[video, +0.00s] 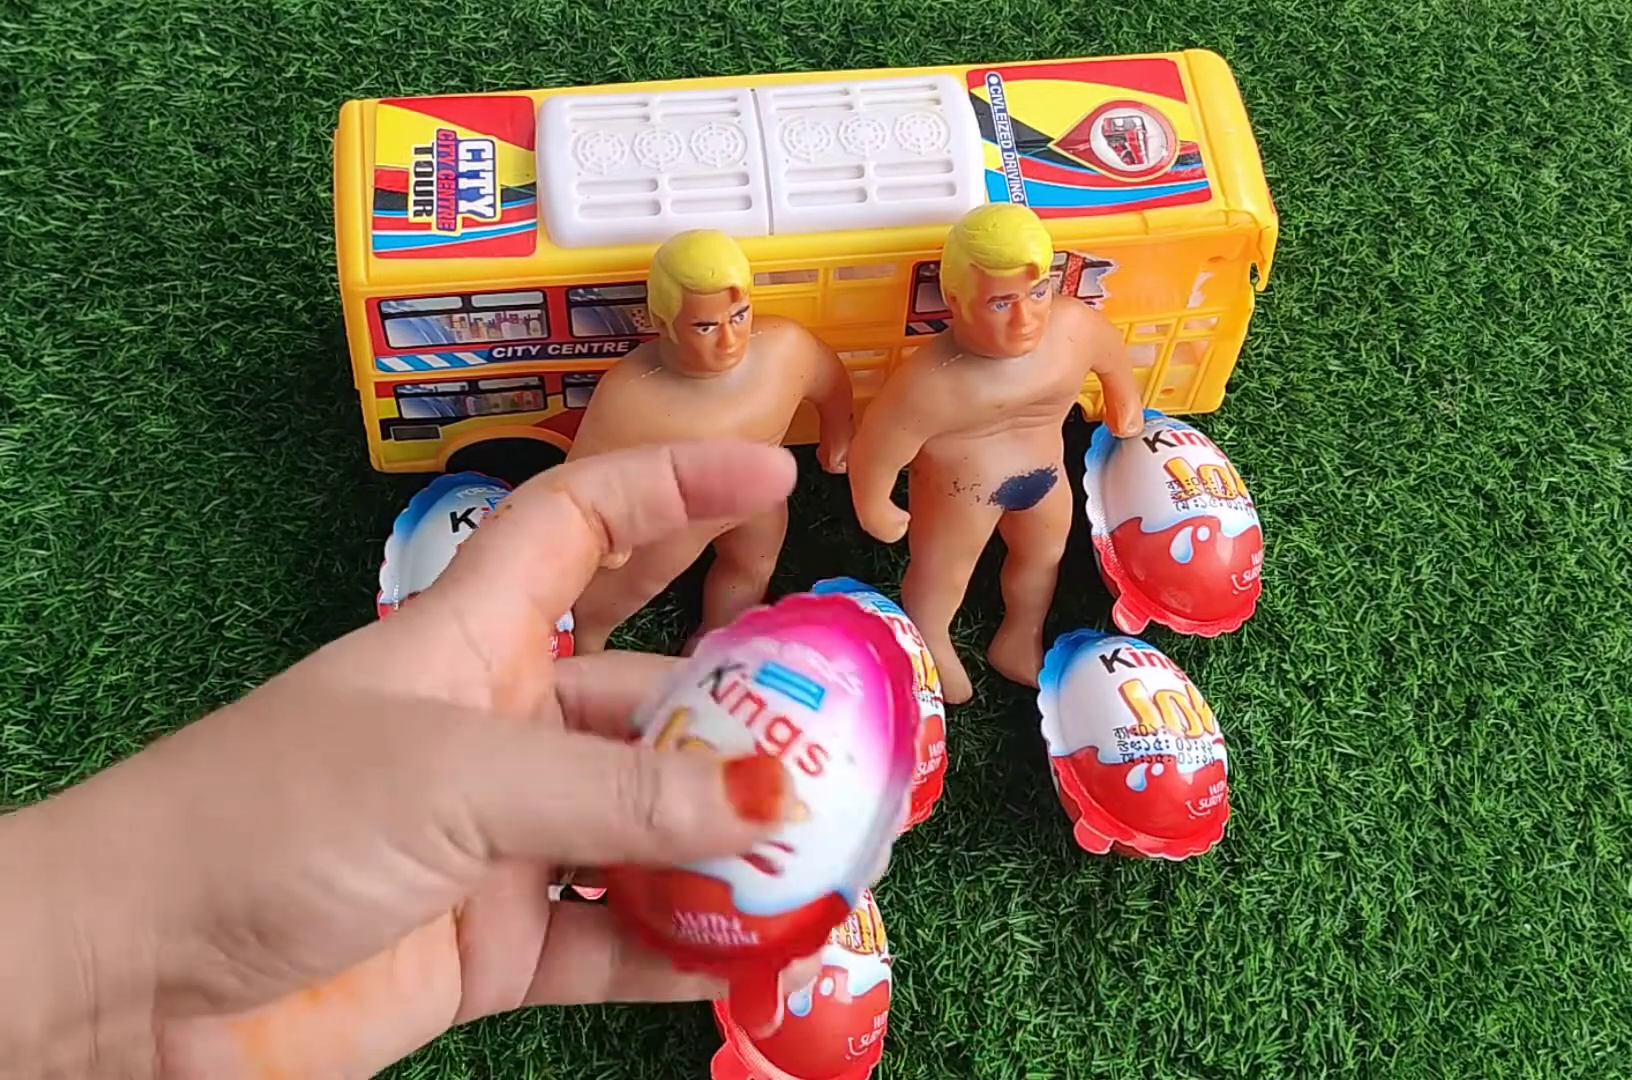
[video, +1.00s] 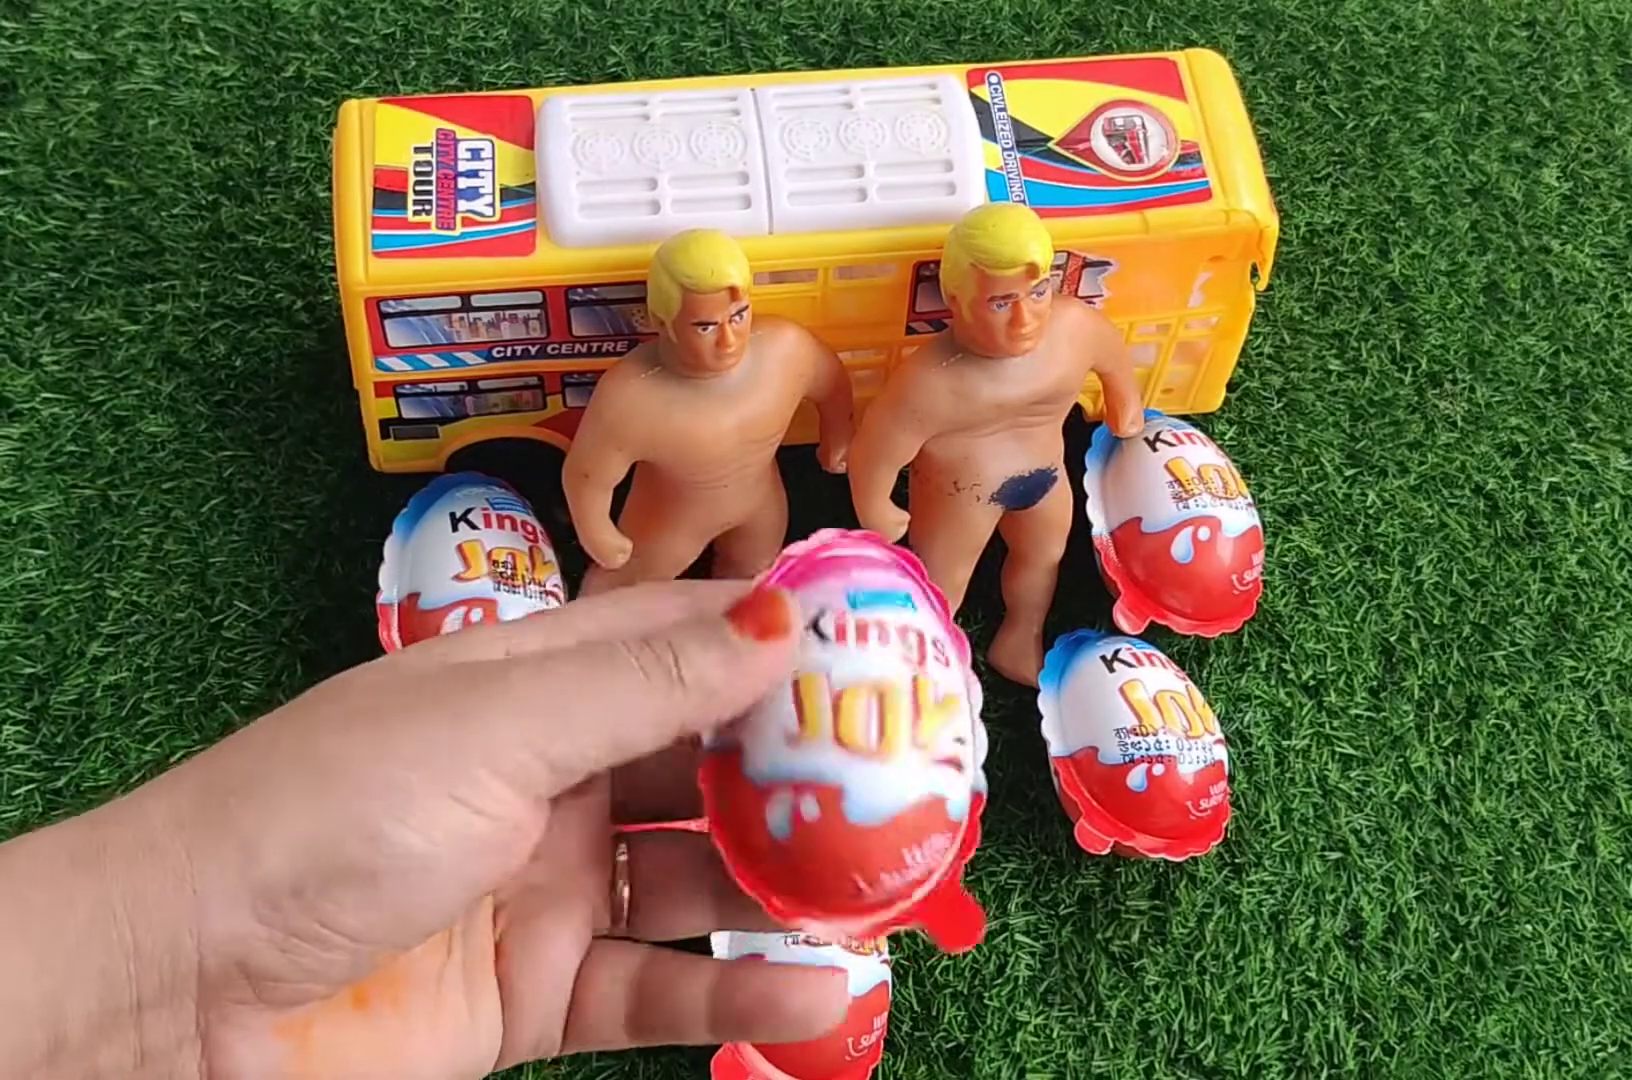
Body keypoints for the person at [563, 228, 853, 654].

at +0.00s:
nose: (729, 339)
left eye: (739, 316)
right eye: (705, 326)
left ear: (751, 303)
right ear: (663, 325)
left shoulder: (789, 350)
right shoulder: (627, 396)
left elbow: (834, 388)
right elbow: (579, 485)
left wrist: (837, 437)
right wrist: (599, 538)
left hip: (758, 501)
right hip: (669, 522)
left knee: (749, 576)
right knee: (629, 589)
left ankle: (718, 651)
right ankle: (585, 642)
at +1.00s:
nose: (728, 340)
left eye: (739, 316)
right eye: (705, 326)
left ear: (750, 301)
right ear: (663, 323)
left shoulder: (788, 350)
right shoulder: (629, 397)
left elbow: (833, 387)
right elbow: (586, 477)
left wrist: (836, 440)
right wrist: (598, 537)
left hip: (758, 500)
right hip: (671, 515)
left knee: (753, 585)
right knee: (627, 590)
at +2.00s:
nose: (728, 340)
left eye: (739, 316)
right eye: (705, 327)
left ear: (750, 302)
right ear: (664, 327)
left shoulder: (786, 350)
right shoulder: (627, 399)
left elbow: (833, 390)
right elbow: (585, 480)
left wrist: (834, 447)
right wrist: (605, 558)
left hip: (757, 514)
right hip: (668, 528)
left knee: (760, 614)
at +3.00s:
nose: (728, 339)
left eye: (738, 316)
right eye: (705, 326)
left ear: (749, 303)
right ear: (661, 325)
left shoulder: (788, 350)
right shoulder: (628, 399)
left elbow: (833, 388)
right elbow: (585, 479)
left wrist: (836, 444)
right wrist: (600, 541)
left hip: (758, 506)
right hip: (670, 519)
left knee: (754, 597)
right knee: (648, 613)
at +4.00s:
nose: (728, 340)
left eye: (738, 316)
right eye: (704, 326)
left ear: (749, 300)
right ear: (660, 321)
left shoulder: (786, 349)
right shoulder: (627, 396)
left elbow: (833, 386)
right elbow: (585, 479)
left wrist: (836, 441)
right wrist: (598, 554)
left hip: (765, 535)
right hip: (666, 548)